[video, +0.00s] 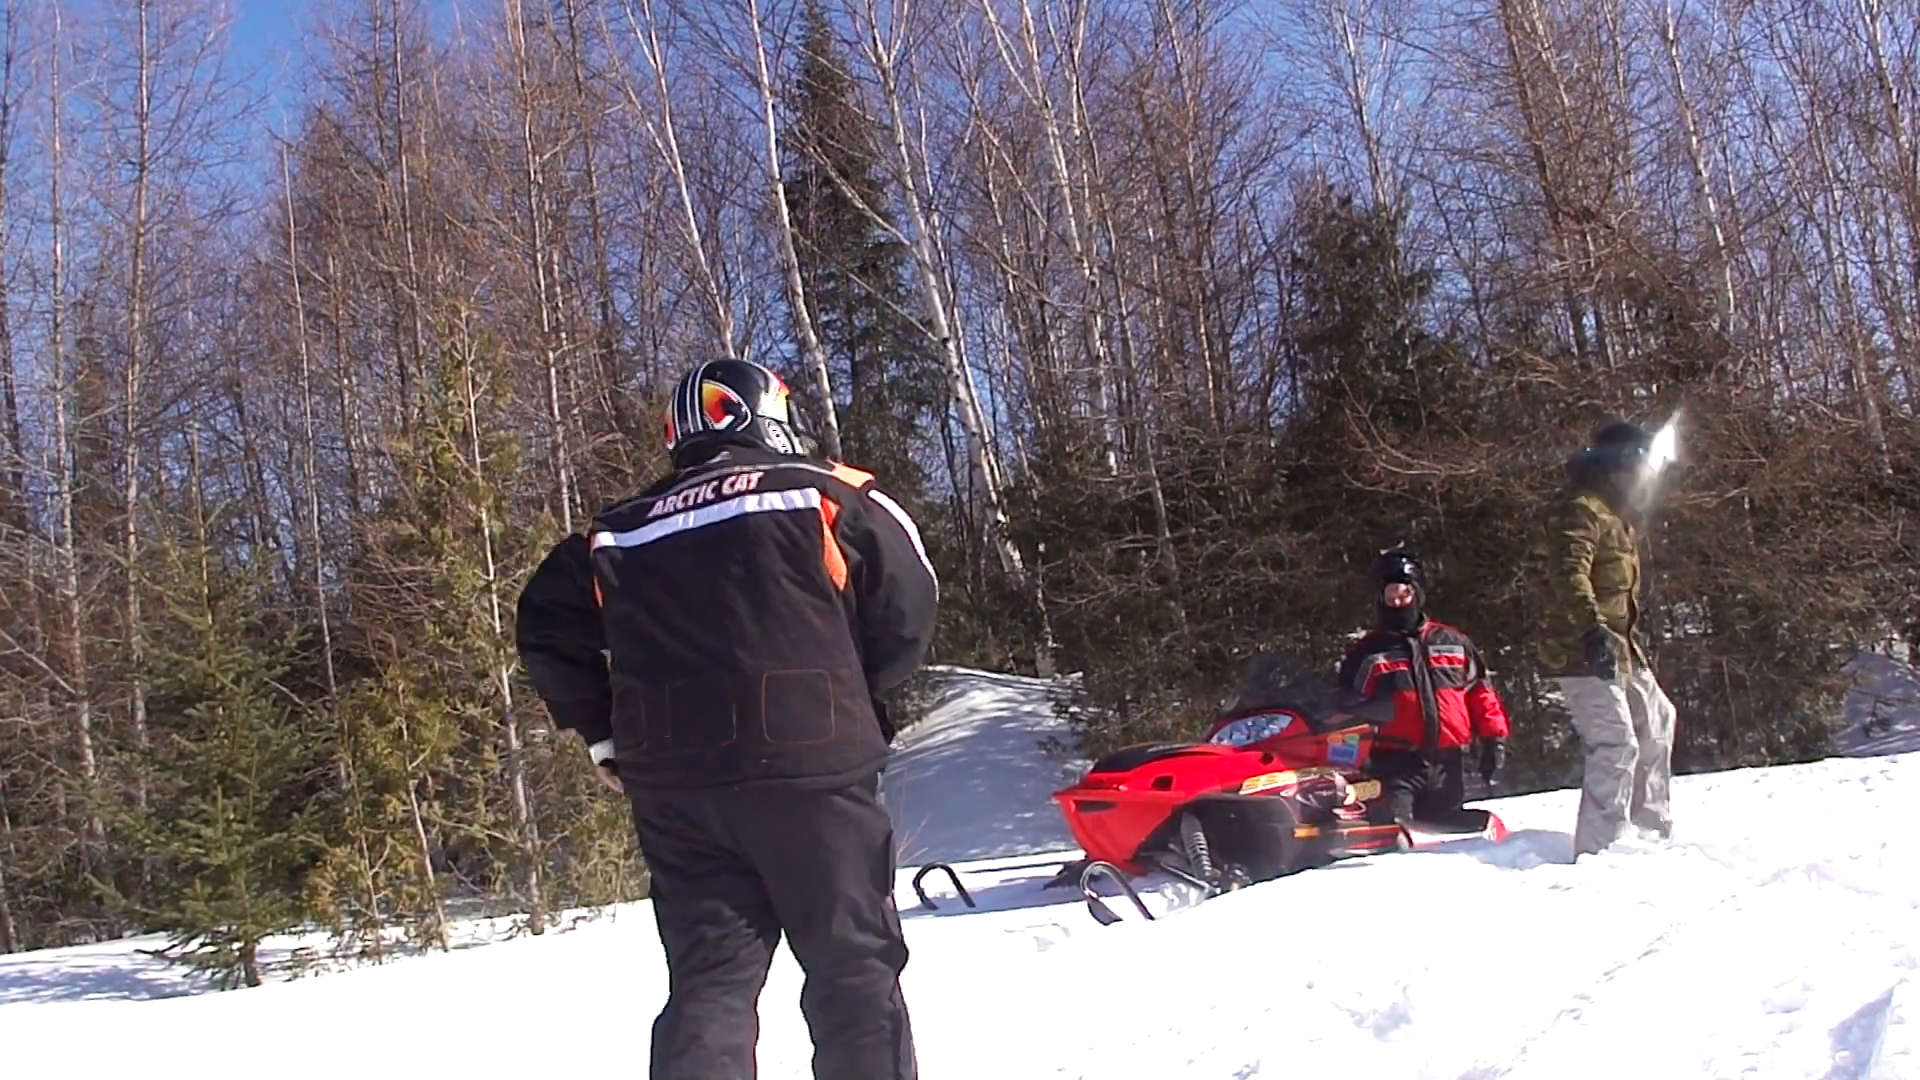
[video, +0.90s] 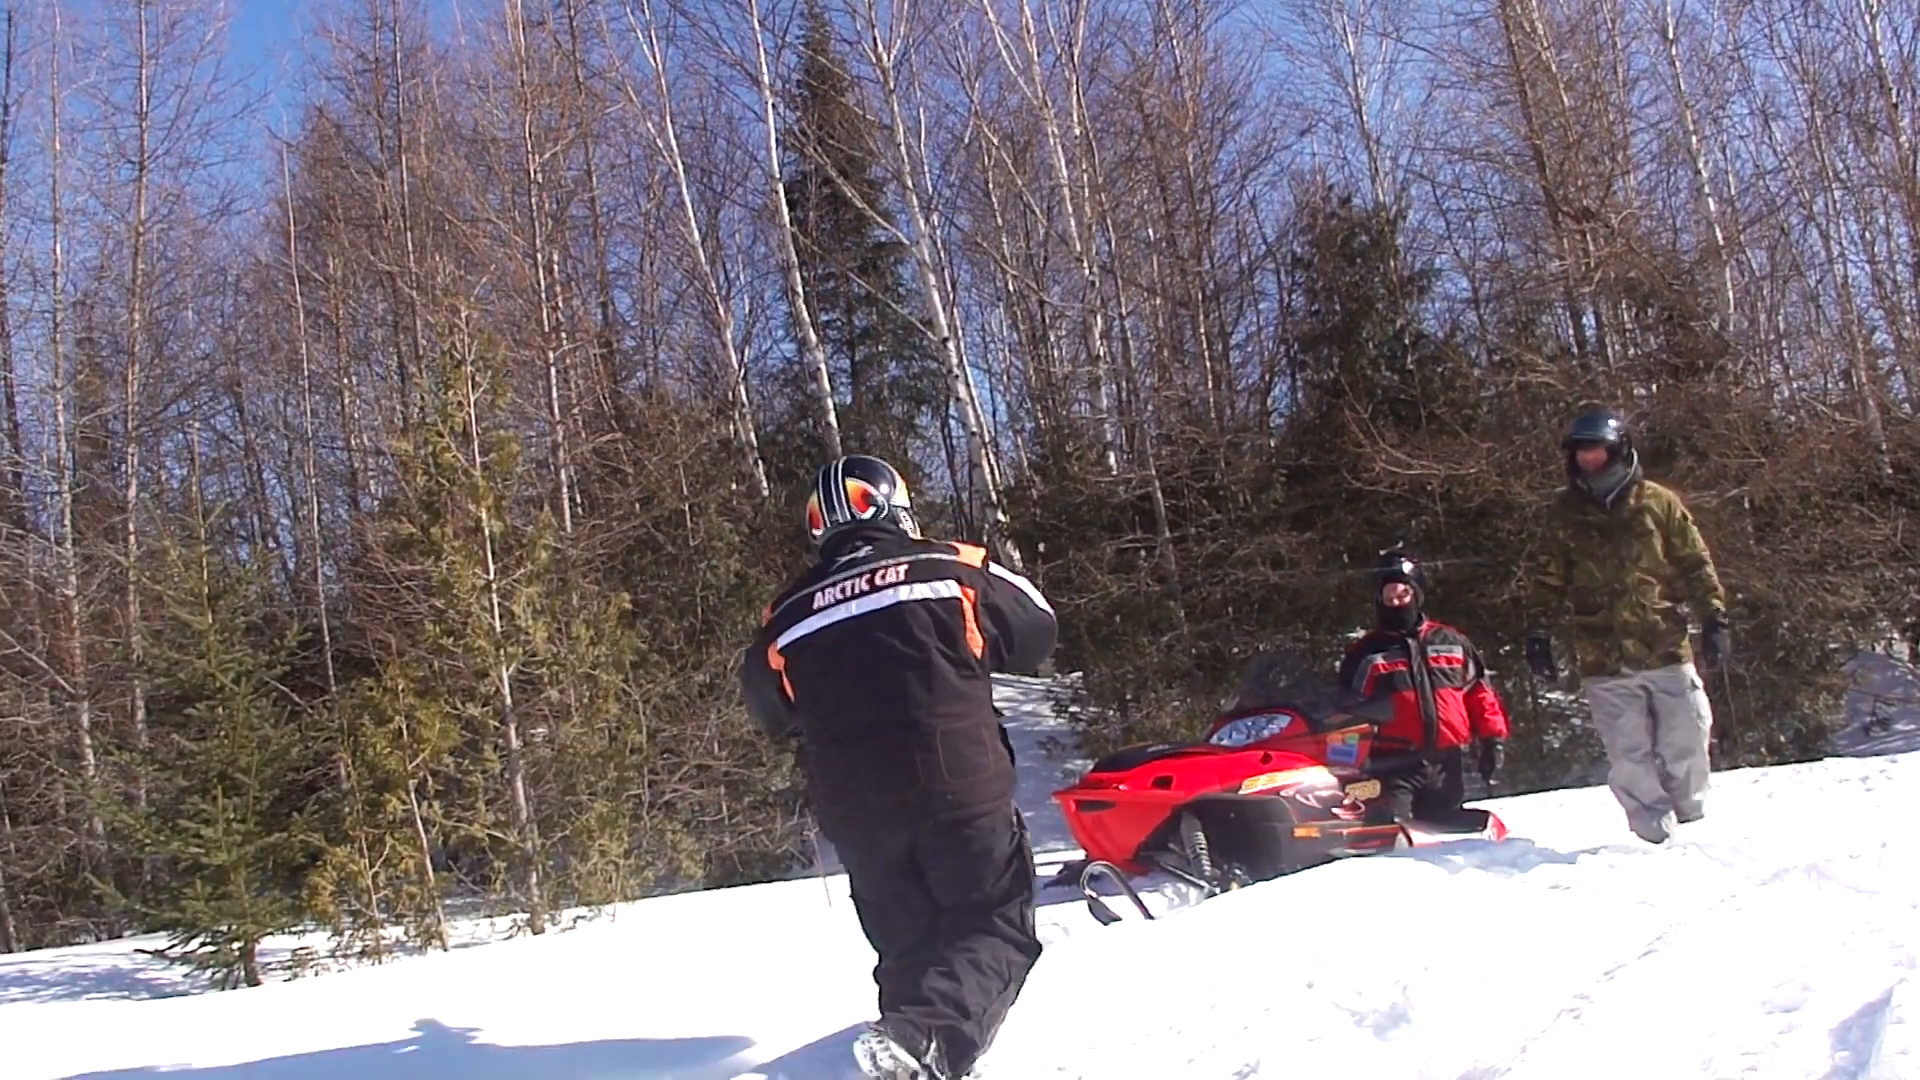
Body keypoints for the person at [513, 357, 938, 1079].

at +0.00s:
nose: (796, 428)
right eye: (787, 417)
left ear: (680, 429)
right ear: (774, 420)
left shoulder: (617, 526)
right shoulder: (831, 489)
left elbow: (543, 622)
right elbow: (908, 599)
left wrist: (602, 729)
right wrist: (863, 691)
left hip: (672, 787)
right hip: (812, 777)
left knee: (707, 980)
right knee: (852, 969)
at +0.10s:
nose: (830, 443)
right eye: (821, 430)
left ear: (713, 445)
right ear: (809, 436)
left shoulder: (654, 541)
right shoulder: (869, 514)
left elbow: (584, 637)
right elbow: (938, 630)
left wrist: (641, 736)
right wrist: (877, 682)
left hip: (706, 804)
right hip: (840, 801)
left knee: (727, 971)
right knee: (871, 977)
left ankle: (697, 1076)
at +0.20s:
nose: (852, 455)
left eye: (845, 444)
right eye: (844, 443)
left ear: (740, 454)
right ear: (829, 449)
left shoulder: (677, 549)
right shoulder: (890, 529)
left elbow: (614, 642)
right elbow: (949, 642)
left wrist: (660, 751)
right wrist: (897, 696)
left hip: (733, 804)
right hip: (861, 799)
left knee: (782, 950)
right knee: (897, 962)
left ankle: (707, 1051)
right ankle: (862, 1070)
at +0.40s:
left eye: (764, 432)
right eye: (850, 427)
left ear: (762, 443)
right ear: (848, 433)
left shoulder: (713, 535)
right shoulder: (912, 501)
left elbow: (657, 633)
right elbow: (965, 612)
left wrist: (687, 746)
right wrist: (919, 653)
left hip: (770, 757)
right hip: (892, 750)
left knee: (841, 880)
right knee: (888, 932)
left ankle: (800, 1012)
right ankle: (869, 1069)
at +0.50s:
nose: (871, 442)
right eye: (865, 430)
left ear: (772, 450)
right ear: (862, 437)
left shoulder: (728, 539)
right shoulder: (926, 502)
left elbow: (685, 648)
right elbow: (981, 606)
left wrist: (718, 748)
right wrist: (939, 659)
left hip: (784, 755)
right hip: (903, 746)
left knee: (887, 894)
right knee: (885, 927)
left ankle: (896, 1047)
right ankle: (862, 1069)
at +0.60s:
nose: (888, 458)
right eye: (881, 447)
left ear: (786, 469)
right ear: (874, 451)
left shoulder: (752, 555)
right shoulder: (936, 516)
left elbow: (709, 673)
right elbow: (996, 617)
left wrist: (758, 724)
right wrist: (942, 664)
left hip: (804, 766)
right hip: (918, 755)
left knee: (904, 910)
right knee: (893, 930)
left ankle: (942, 1055)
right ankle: (864, 1071)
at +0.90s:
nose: (906, 514)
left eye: (817, 516)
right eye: (901, 505)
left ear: (817, 527)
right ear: (897, 509)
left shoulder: (784, 613)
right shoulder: (951, 567)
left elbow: (772, 714)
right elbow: (1035, 636)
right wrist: (987, 570)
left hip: (854, 805)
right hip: (960, 782)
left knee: (903, 939)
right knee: (993, 923)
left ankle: (910, 1047)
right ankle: (916, 1047)